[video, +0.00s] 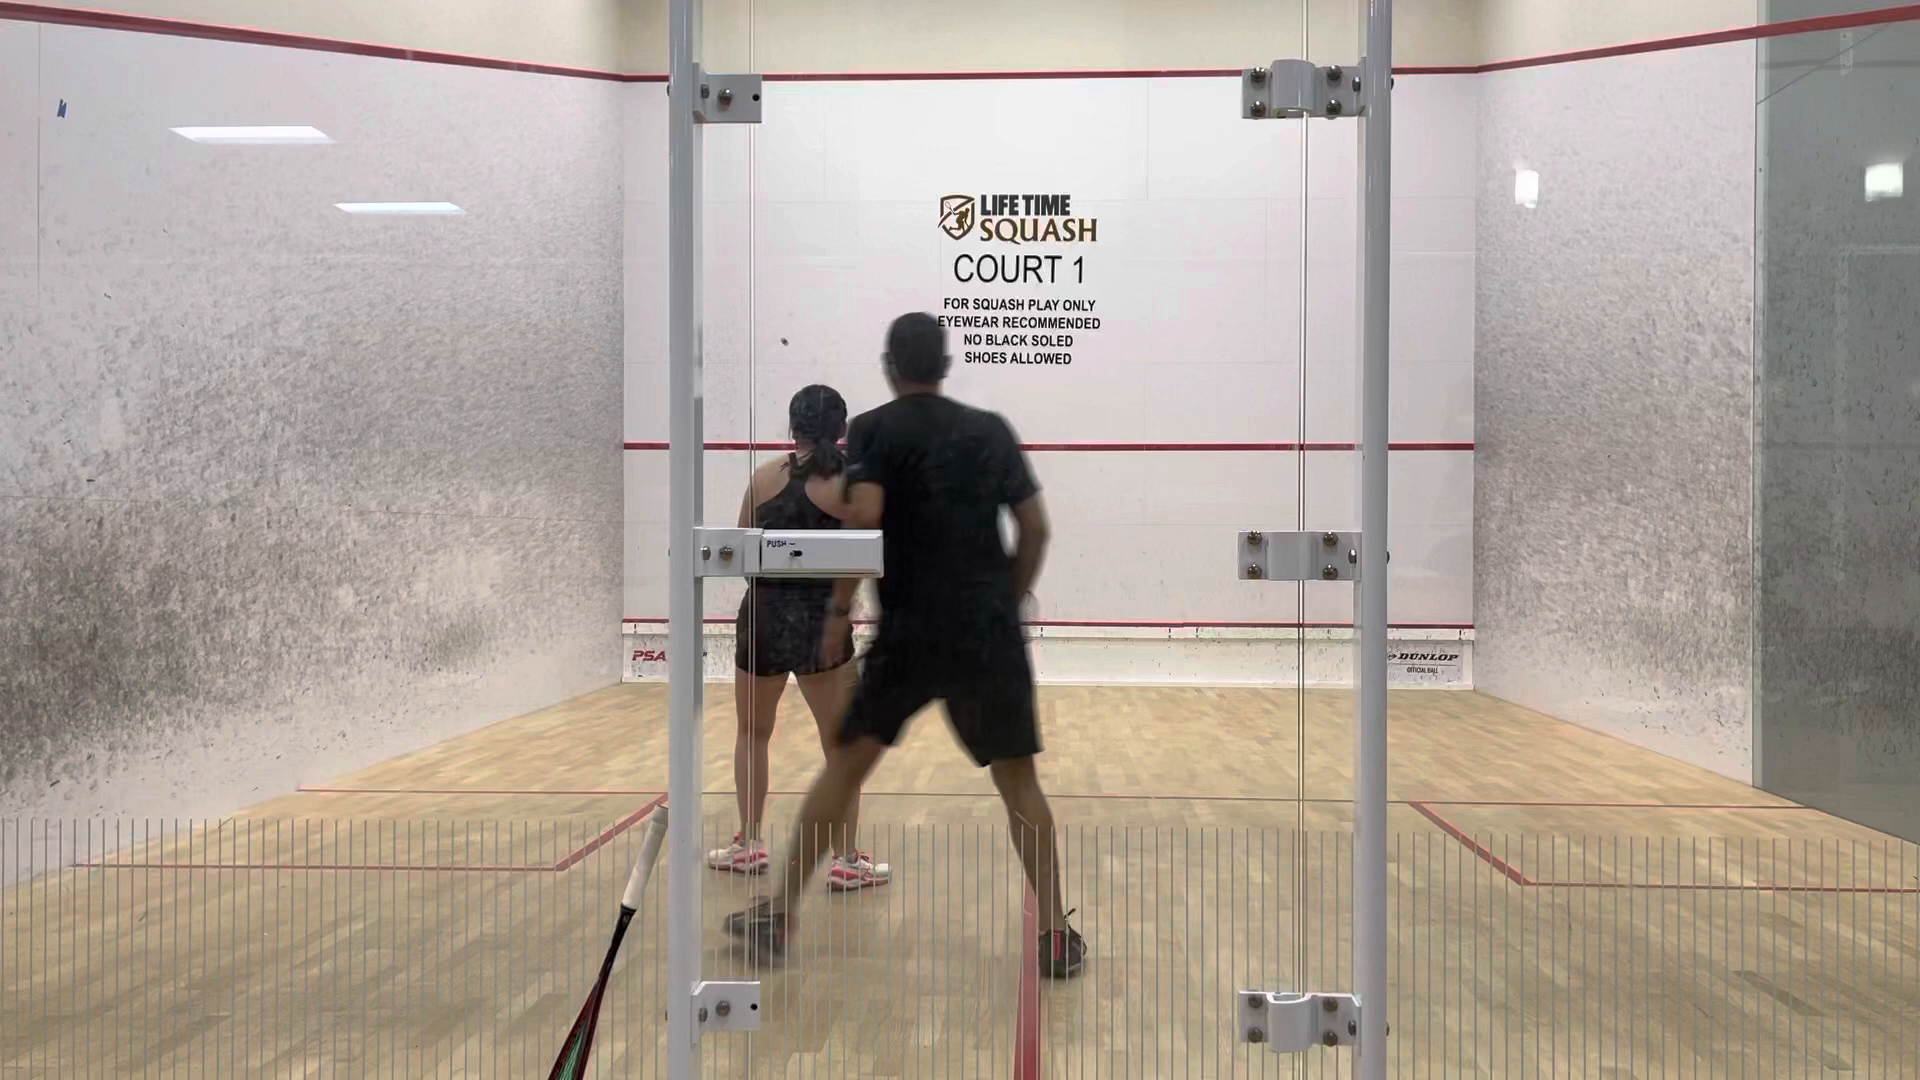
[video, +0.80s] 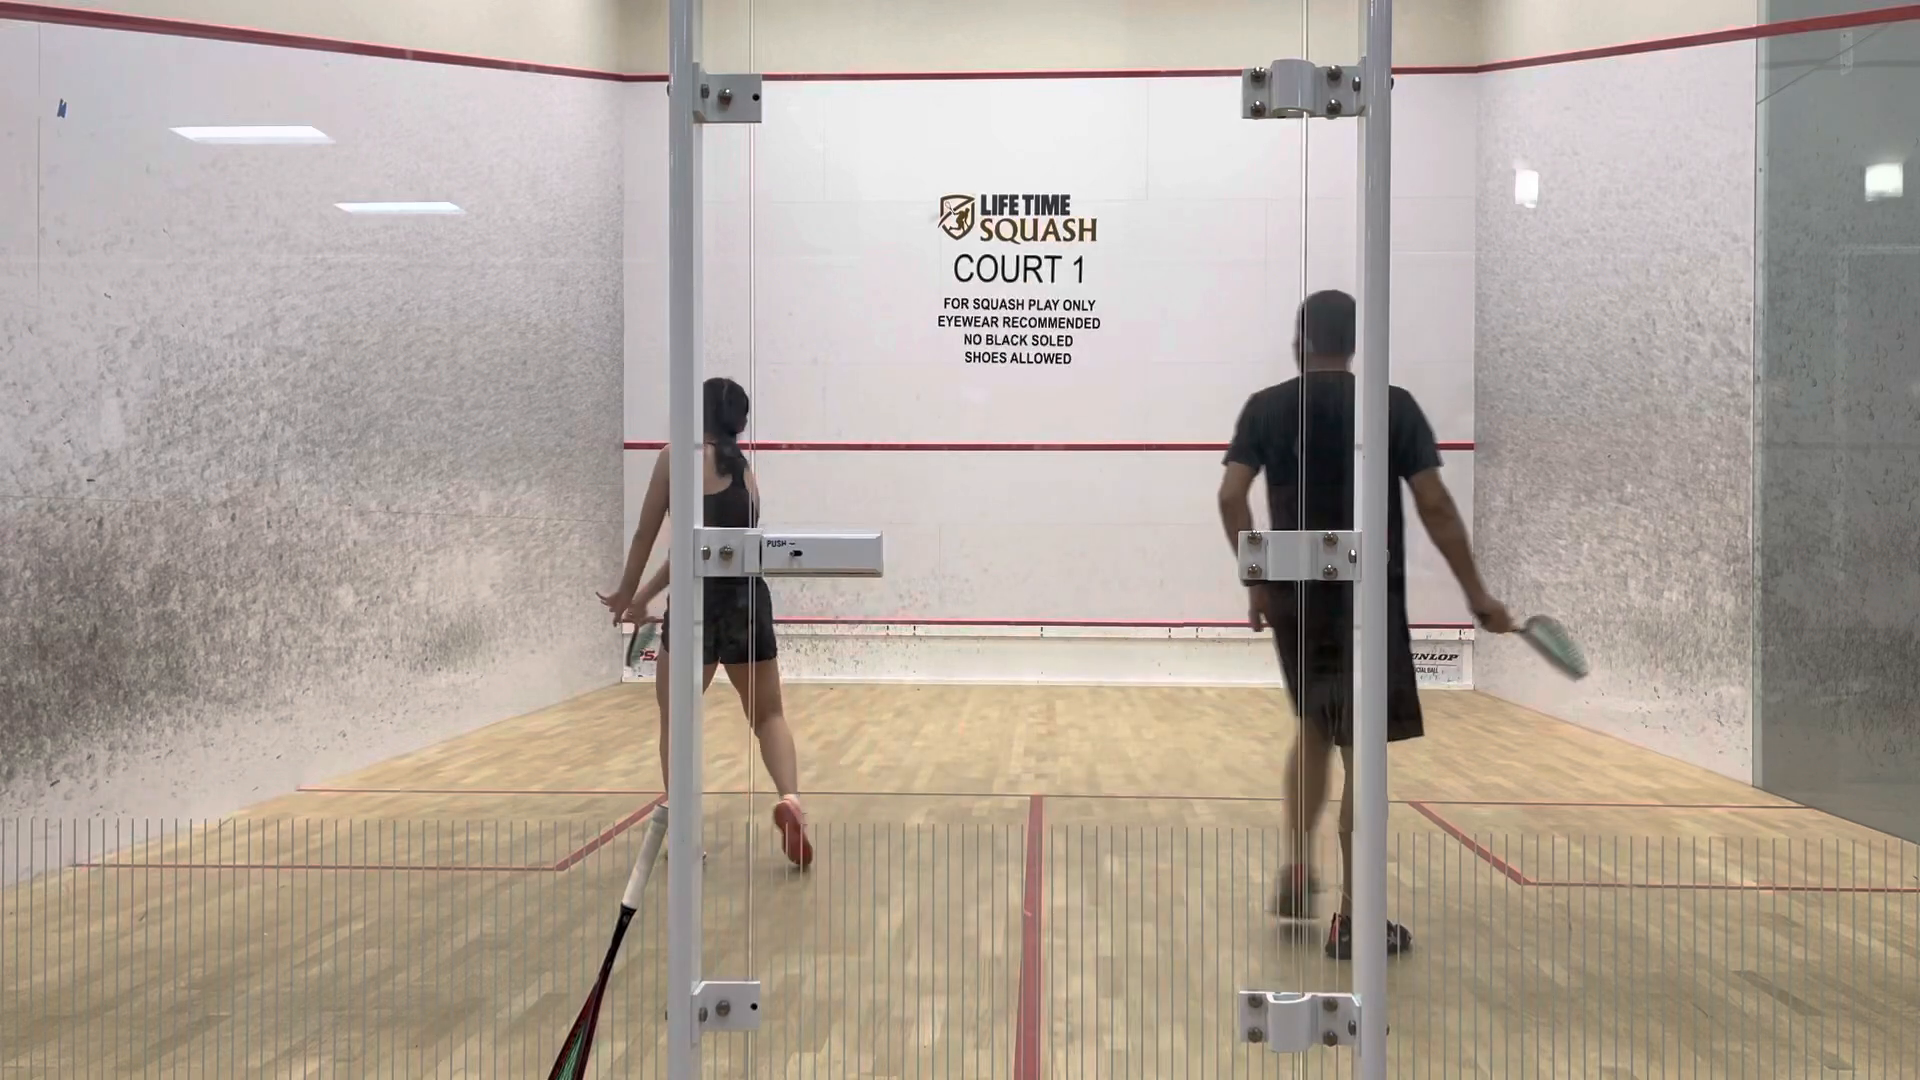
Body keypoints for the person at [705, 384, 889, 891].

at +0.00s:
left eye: (798, 427)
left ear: (792, 429)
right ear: (842, 430)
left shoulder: (764, 478)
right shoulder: (851, 484)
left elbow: (741, 547)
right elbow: (862, 558)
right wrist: (843, 609)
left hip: (763, 618)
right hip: (825, 620)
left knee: (752, 732)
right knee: (842, 742)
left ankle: (750, 841)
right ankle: (845, 855)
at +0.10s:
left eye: (795, 422)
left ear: (790, 427)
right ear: (840, 429)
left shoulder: (759, 479)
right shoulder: (858, 489)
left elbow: (730, 549)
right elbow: (881, 565)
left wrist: (734, 583)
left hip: (766, 623)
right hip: (828, 627)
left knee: (745, 729)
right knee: (849, 744)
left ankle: (732, 833)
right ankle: (846, 858)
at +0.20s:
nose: (781, 428)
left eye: (782, 419)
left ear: (782, 424)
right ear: (832, 426)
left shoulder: (758, 477)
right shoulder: (845, 487)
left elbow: (714, 545)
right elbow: (843, 557)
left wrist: (682, 561)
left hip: (773, 625)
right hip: (833, 627)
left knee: (738, 724)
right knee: (846, 744)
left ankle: (713, 832)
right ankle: (847, 857)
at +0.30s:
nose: (762, 423)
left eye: (765, 415)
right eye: (767, 415)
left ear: (768, 423)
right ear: (814, 427)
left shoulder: (755, 478)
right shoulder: (818, 480)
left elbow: (709, 536)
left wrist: (665, 525)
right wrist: (705, 480)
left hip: (771, 620)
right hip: (827, 620)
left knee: (732, 729)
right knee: (836, 742)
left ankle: (699, 836)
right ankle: (851, 849)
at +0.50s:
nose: (721, 427)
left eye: (725, 419)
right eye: (724, 418)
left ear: (734, 425)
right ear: (770, 427)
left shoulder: (722, 476)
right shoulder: (769, 476)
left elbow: (682, 520)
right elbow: (711, 514)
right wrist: (665, 517)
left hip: (726, 622)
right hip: (775, 619)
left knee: (691, 728)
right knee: (794, 738)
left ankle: (684, 834)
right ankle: (862, 809)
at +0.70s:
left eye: (701, 414)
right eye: (742, 418)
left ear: (701, 418)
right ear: (745, 424)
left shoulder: (688, 464)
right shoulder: (743, 467)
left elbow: (657, 539)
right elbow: (683, 539)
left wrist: (636, 586)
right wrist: (638, 578)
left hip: (705, 607)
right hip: (754, 603)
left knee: (680, 716)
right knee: (767, 721)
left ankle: (682, 823)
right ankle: (811, 791)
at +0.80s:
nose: (679, 417)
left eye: (687, 409)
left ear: (695, 414)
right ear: (739, 423)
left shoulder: (674, 458)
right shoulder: (744, 471)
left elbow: (646, 533)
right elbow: (694, 545)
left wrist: (625, 591)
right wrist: (642, 597)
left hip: (692, 606)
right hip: (747, 605)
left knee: (675, 716)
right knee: (768, 712)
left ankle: (680, 825)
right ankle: (789, 796)